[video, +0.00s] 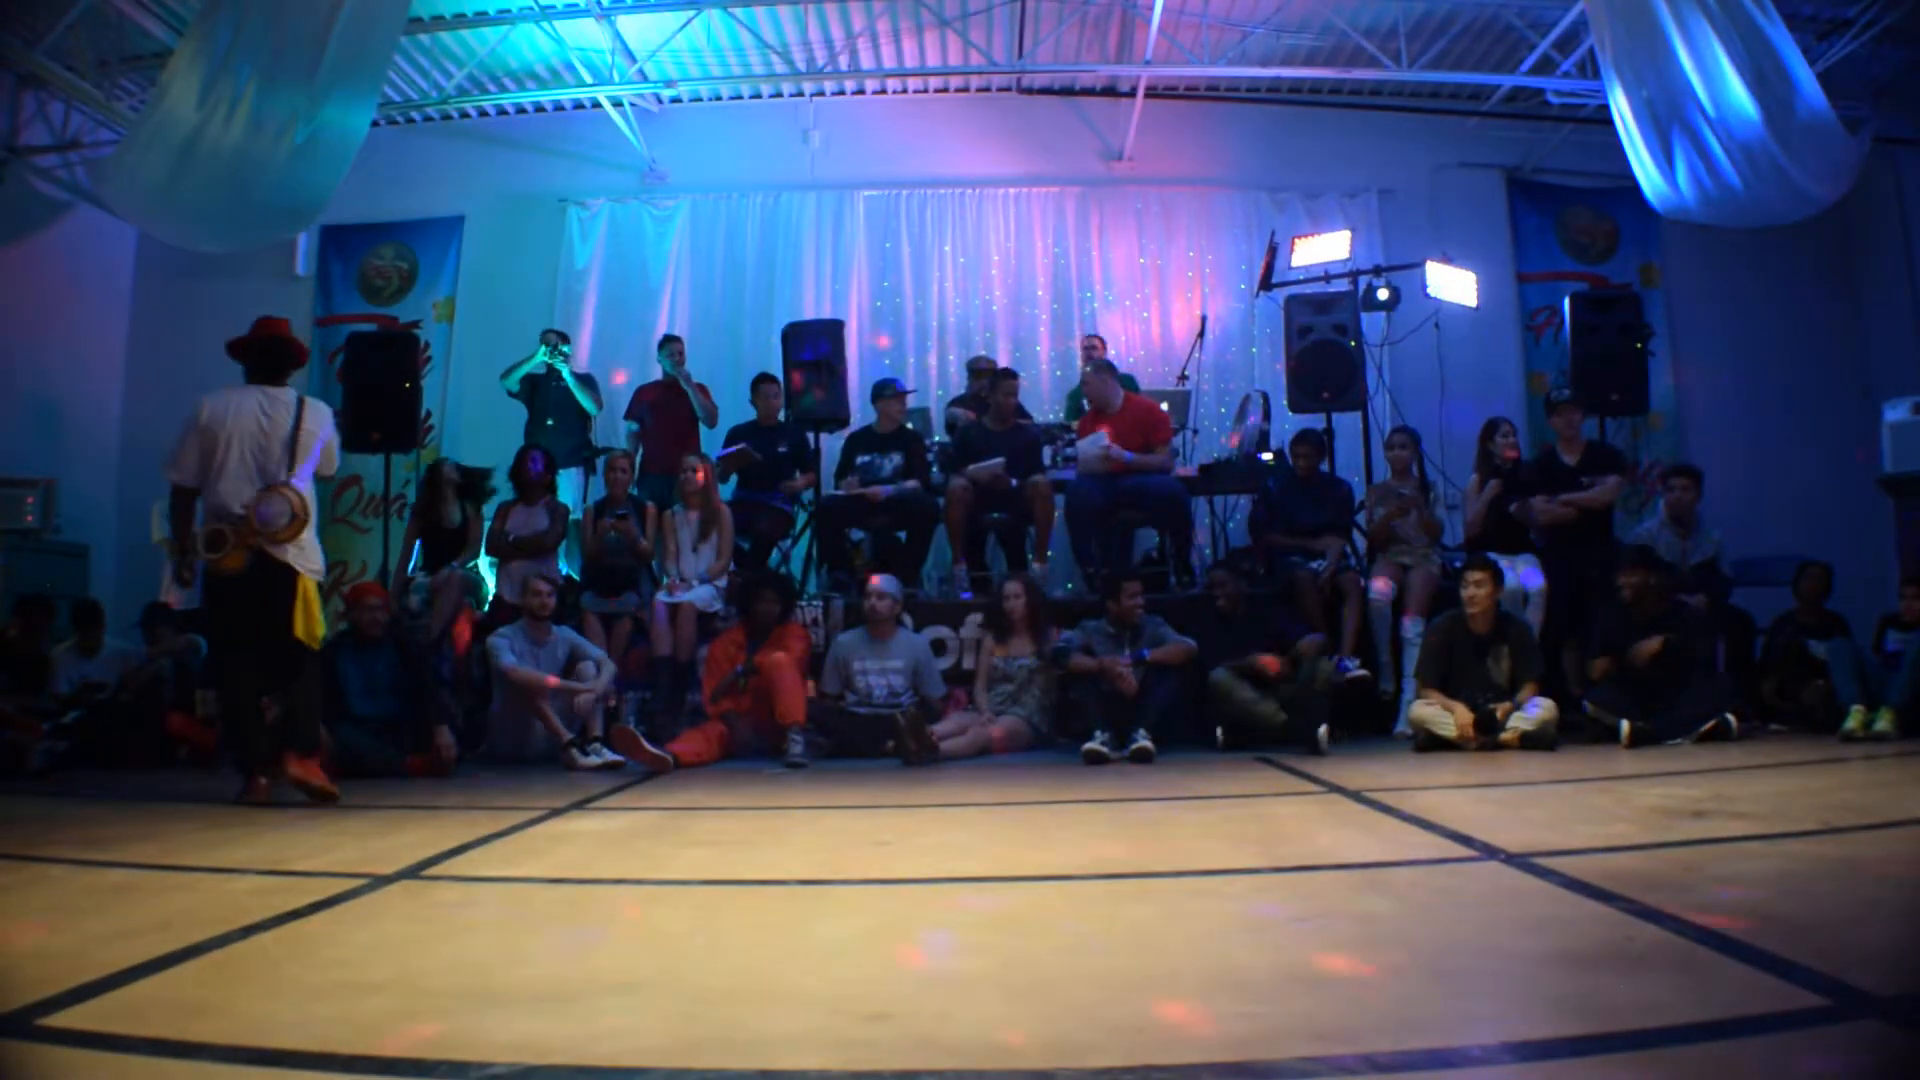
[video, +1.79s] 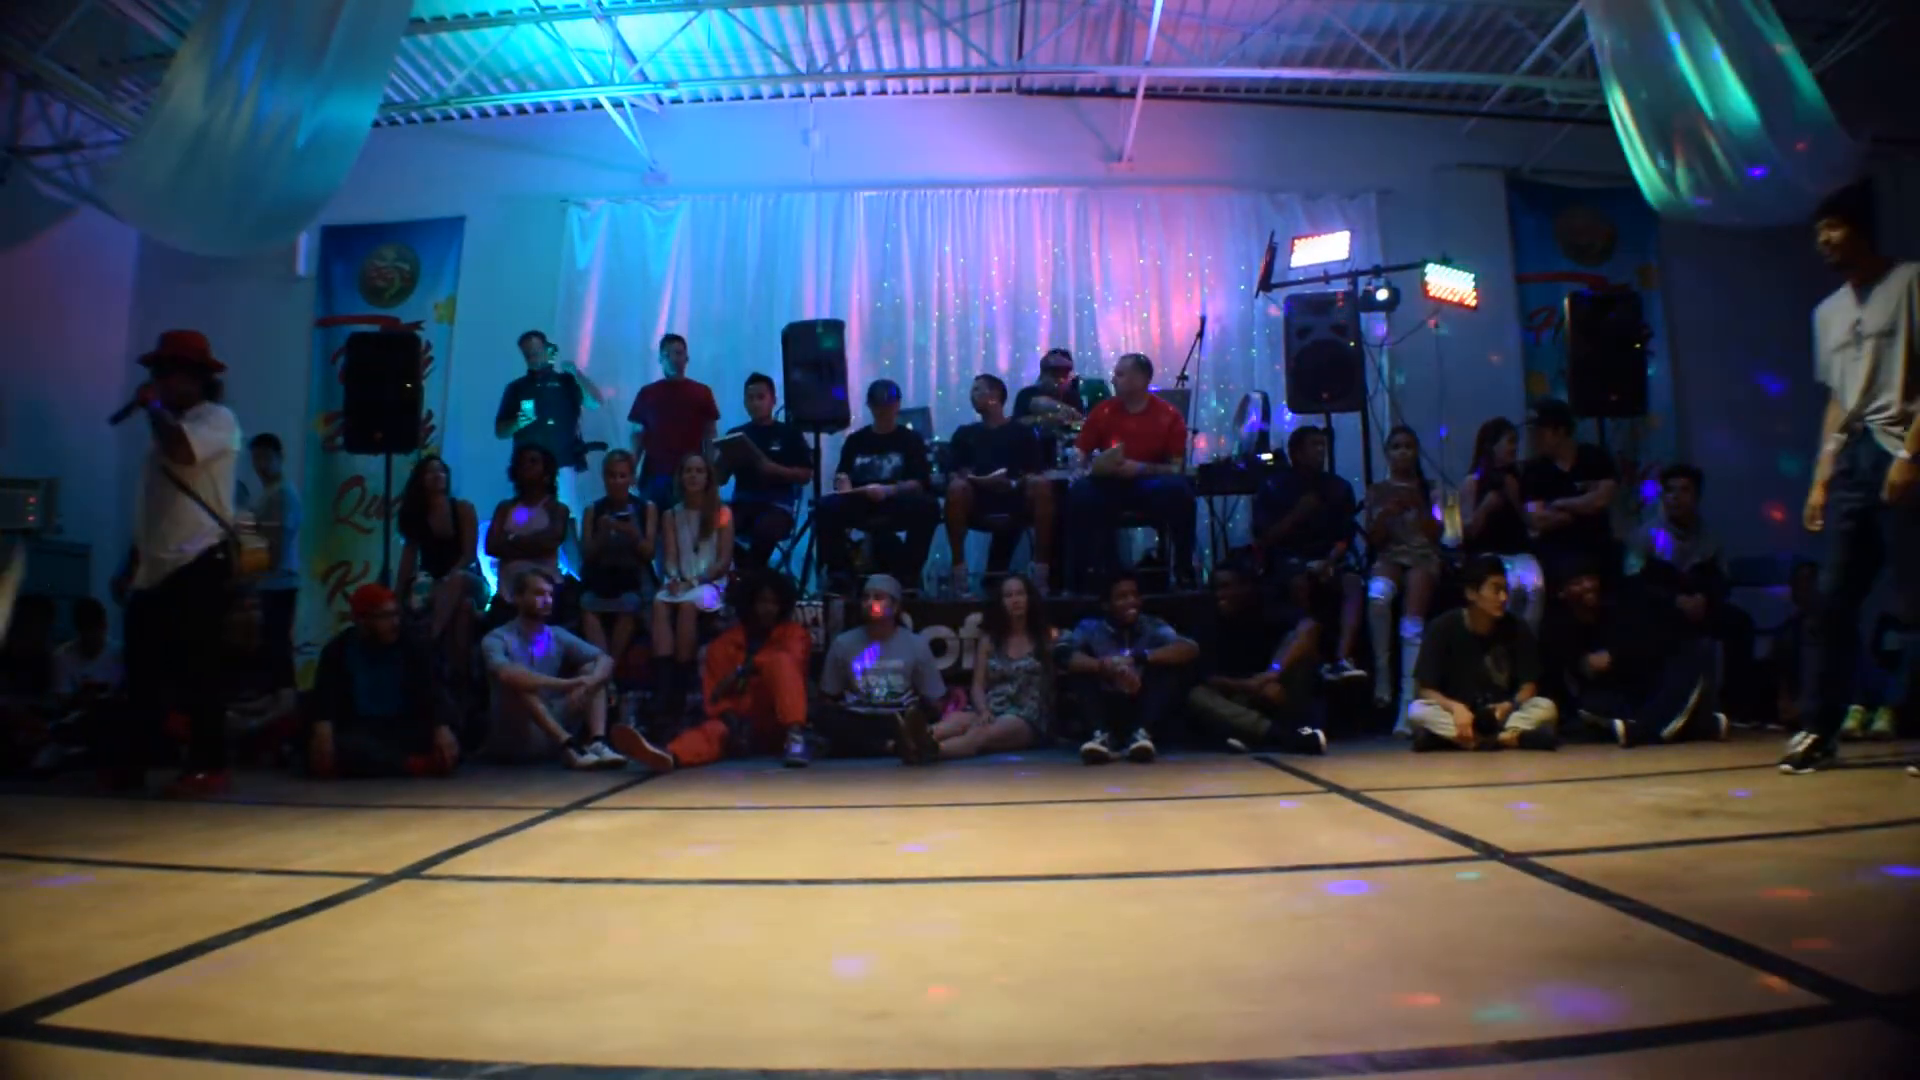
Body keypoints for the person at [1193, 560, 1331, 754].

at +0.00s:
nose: (1218, 593)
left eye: (1223, 586)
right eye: (1213, 588)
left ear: (1239, 585)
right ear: (1209, 591)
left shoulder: (1264, 611)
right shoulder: (1212, 622)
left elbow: (1311, 640)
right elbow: (1213, 663)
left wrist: (1287, 661)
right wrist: (1253, 662)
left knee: (1322, 666)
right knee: (1219, 678)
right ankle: (1298, 732)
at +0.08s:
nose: (1218, 593)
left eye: (1224, 586)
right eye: (1214, 588)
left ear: (1241, 586)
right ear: (1211, 591)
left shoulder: (1264, 614)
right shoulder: (1212, 624)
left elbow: (1315, 636)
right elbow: (1212, 665)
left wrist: (1287, 660)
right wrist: (1256, 663)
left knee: (1317, 660)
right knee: (1215, 680)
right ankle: (1297, 733)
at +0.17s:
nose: (1221, 593)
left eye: (1226, 585)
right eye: (1216, 588)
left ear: (1243, 586)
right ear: (1212, 592)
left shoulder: (1265, 613)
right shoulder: (1212, 623)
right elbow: (1208, 664)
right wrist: (1253, 664)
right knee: (1213, 681)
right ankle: (1293, 733)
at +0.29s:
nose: (1226, 594)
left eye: (1232, 586)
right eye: (1221, 588)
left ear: (1247, 586)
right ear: (1215, 593)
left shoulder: (1266, 612)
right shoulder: (1215, 621)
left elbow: (1314, 624)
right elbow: (1212, 661)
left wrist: (1312, 639)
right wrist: (1252, 663)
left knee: (1293, 638)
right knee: (1210, 679)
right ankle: (1282, 733)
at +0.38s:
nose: (1227, 594)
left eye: (1233, 587)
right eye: (1221, 589)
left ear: (1248, 587)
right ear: (1215, 592)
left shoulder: (1267, 614)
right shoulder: (1214, 622)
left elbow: (1314, 632)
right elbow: (1207, 660)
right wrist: (1260, 662)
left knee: (1290, 637)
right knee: (1207, 678)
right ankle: (1279, 732)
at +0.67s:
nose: (1232, 593)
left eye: (1238, 586)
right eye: (1227, 588)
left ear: (1253, 586)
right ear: (1221, 591)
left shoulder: (1273, 614)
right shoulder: (1219, 623)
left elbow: (1317, 637)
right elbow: (1214, 668)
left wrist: (1276, 670)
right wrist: (1261, 685)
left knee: (1294, 639)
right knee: (1202, 688)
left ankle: (1250, 734)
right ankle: (1280, 733)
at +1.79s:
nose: (1220, 594)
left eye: (1227, 587)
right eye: (1218, 588)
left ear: (1246, 588)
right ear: (1213, 591)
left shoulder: (1271, 619)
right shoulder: (1215, 629)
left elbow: (1308, 628)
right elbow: (1209, 677)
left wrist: (1274, 674)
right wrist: (1257, 687)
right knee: (1198, 695)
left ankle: (1249, 736)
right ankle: (1279, 735)